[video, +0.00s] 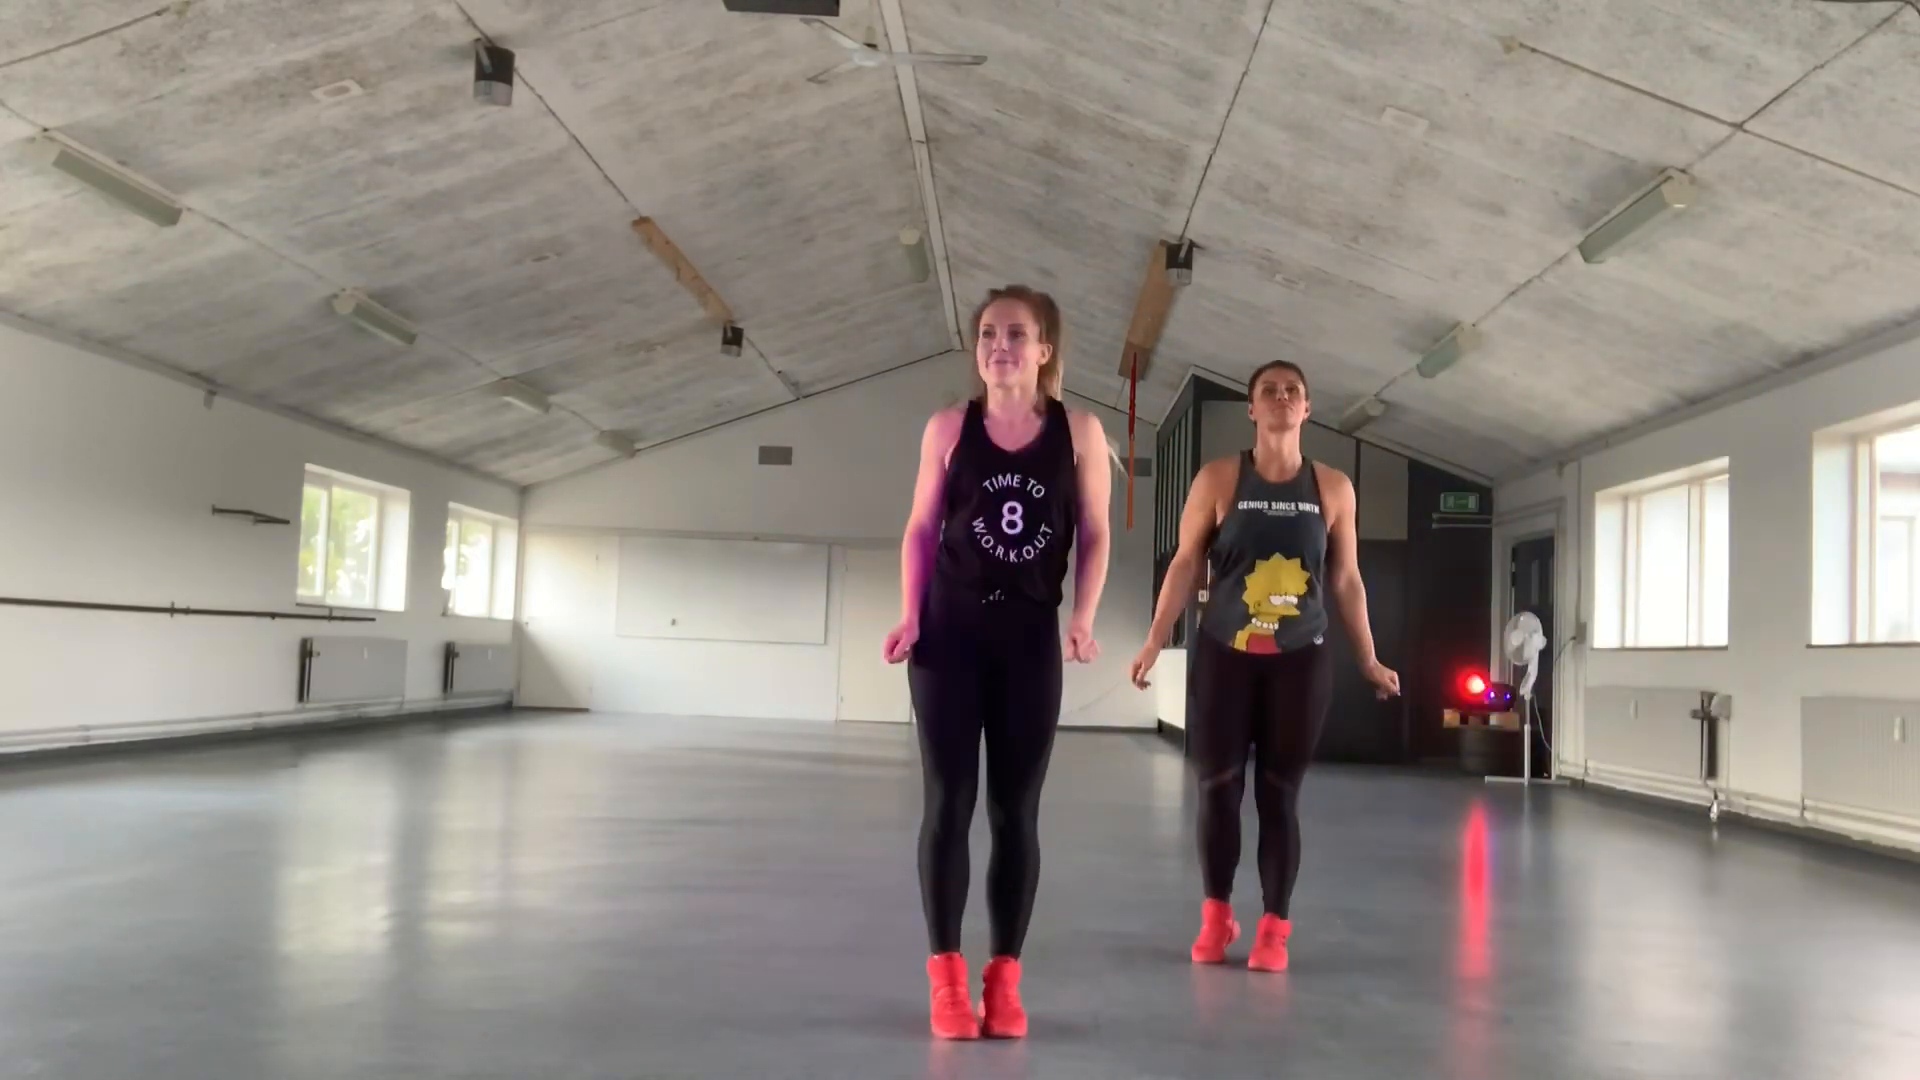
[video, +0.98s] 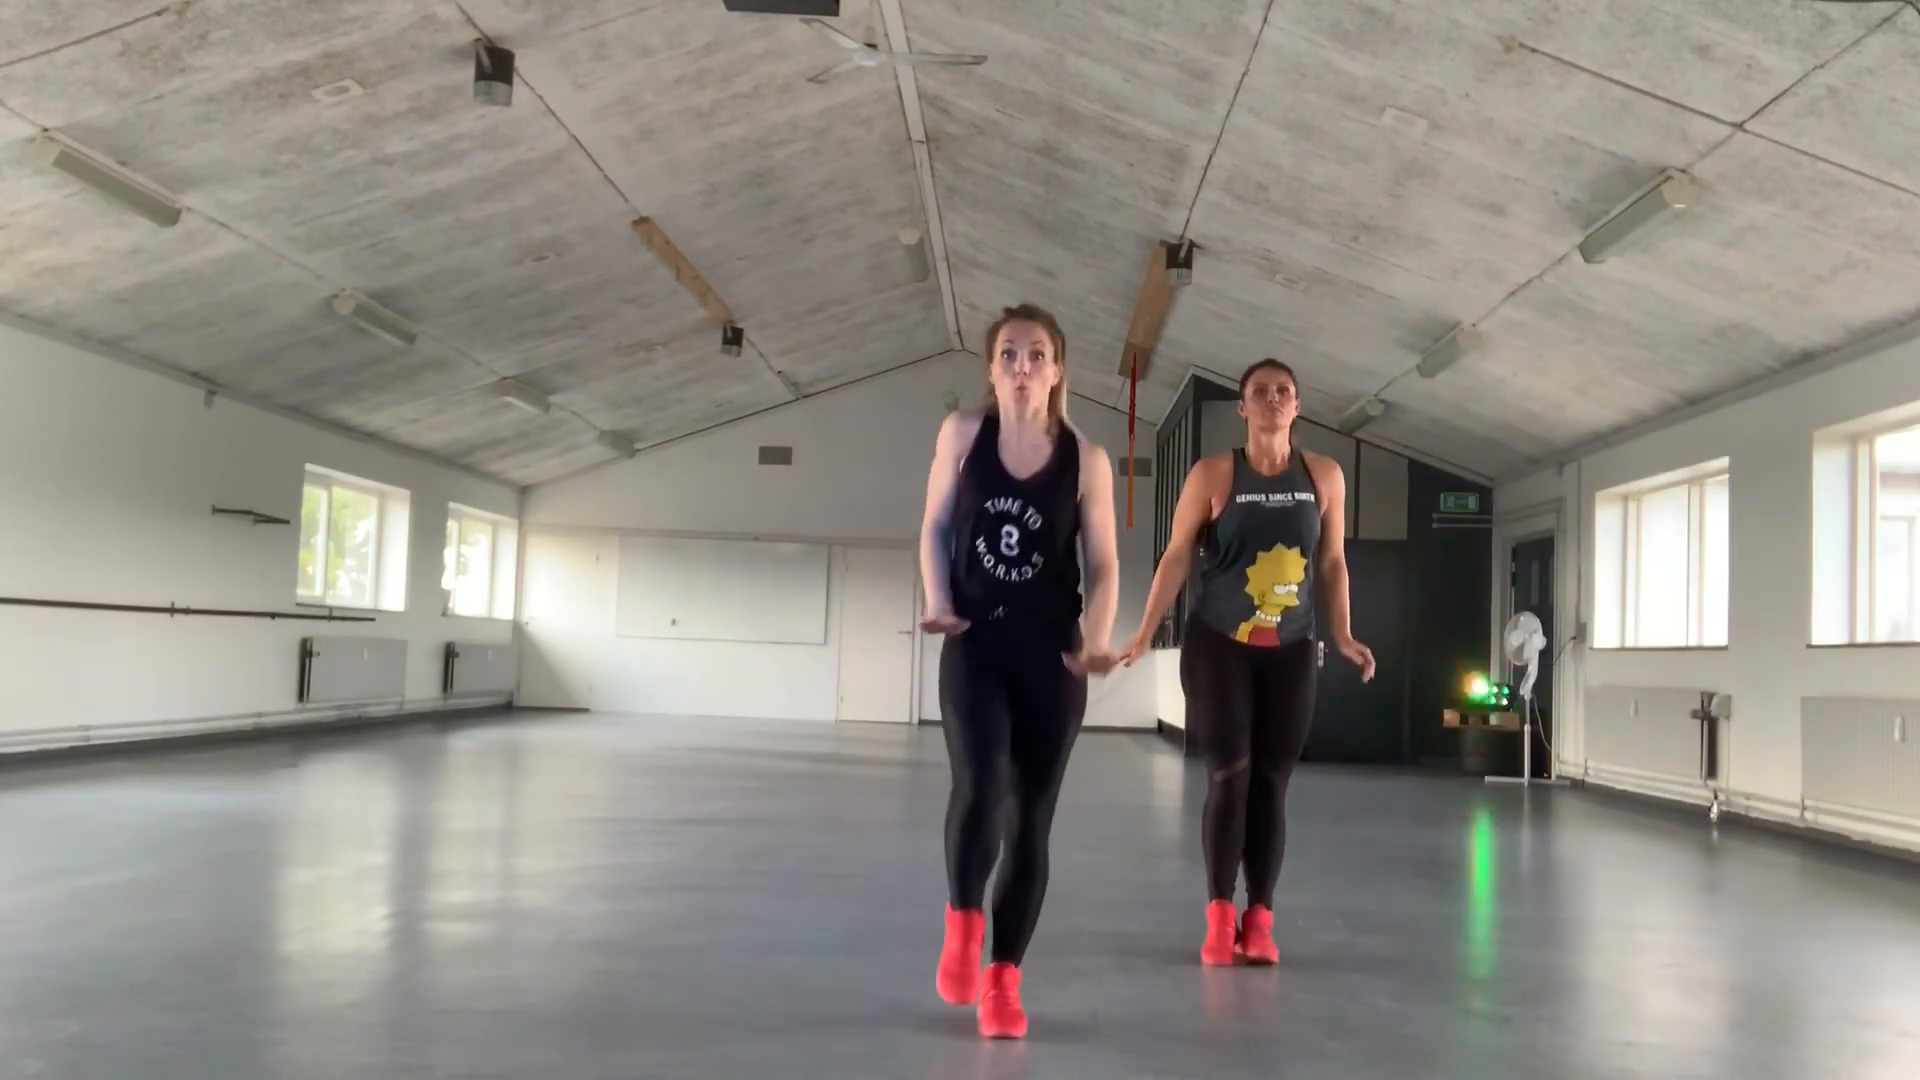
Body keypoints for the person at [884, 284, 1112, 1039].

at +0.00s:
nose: (999, 346)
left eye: (1017, 334)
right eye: (989, 333)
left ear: (1046, 349)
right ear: (974, 346)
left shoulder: (1080, 433)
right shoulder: (947, 428)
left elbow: (1094, 535)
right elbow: (922, 528)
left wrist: (1082, 613)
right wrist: (911, 612)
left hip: (1028, 641)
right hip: (947, 637)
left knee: (1016, 810)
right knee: (949, 802)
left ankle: (1005, 975)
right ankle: (946, 970)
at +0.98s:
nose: (1022, 366)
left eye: (1037, 355)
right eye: (1009, 354)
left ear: (1058, 370)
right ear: (990, 367)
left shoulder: (1088, 459)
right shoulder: (962, 433)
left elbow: (1103, 564)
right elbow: (935, 529)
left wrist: (1095, 638)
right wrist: (937, 602)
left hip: (1052, 652)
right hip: (974, 644)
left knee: (1032, 817)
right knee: (983, 783)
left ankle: (1005, 973)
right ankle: (964, 921)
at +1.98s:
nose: (1019, 344)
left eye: (1033, 333)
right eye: (1007, 333)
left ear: (1054, 348)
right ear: (986, 347)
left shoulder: (1087, 426)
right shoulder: (954, 432)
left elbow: (1108, 522)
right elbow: (928, 539)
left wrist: (1080, 568)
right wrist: (917, 636)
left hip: (1037, 635)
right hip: (960, 633)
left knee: (1027, 805)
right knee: (968, 801)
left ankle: (1018, 971)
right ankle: (962, 966)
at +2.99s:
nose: (840, 367)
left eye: (854, 354)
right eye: (828, 352)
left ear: (880, 363)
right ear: (810, 360)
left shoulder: (907, 421)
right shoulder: (783, 442)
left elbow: (931, 508)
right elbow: (754, 542)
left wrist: (896, 574)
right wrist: (726, 638)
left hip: (871, 635)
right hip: (794, 629)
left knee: (841, 798)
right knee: (776, 792)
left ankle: (825, 939)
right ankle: (756, 955)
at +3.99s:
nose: (636, 394)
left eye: (653, 383)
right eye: (625, 381)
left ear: (680, 391)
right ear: (611, 386)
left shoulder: (691, 448)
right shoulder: (599, 457)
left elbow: (693, 551)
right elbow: (524, 493)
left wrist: (671, 648)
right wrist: (462, 451)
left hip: (652, 654)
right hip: (574, 650)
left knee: (724, 813)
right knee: (531, 805)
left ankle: (785, 962)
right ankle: (513, 957)